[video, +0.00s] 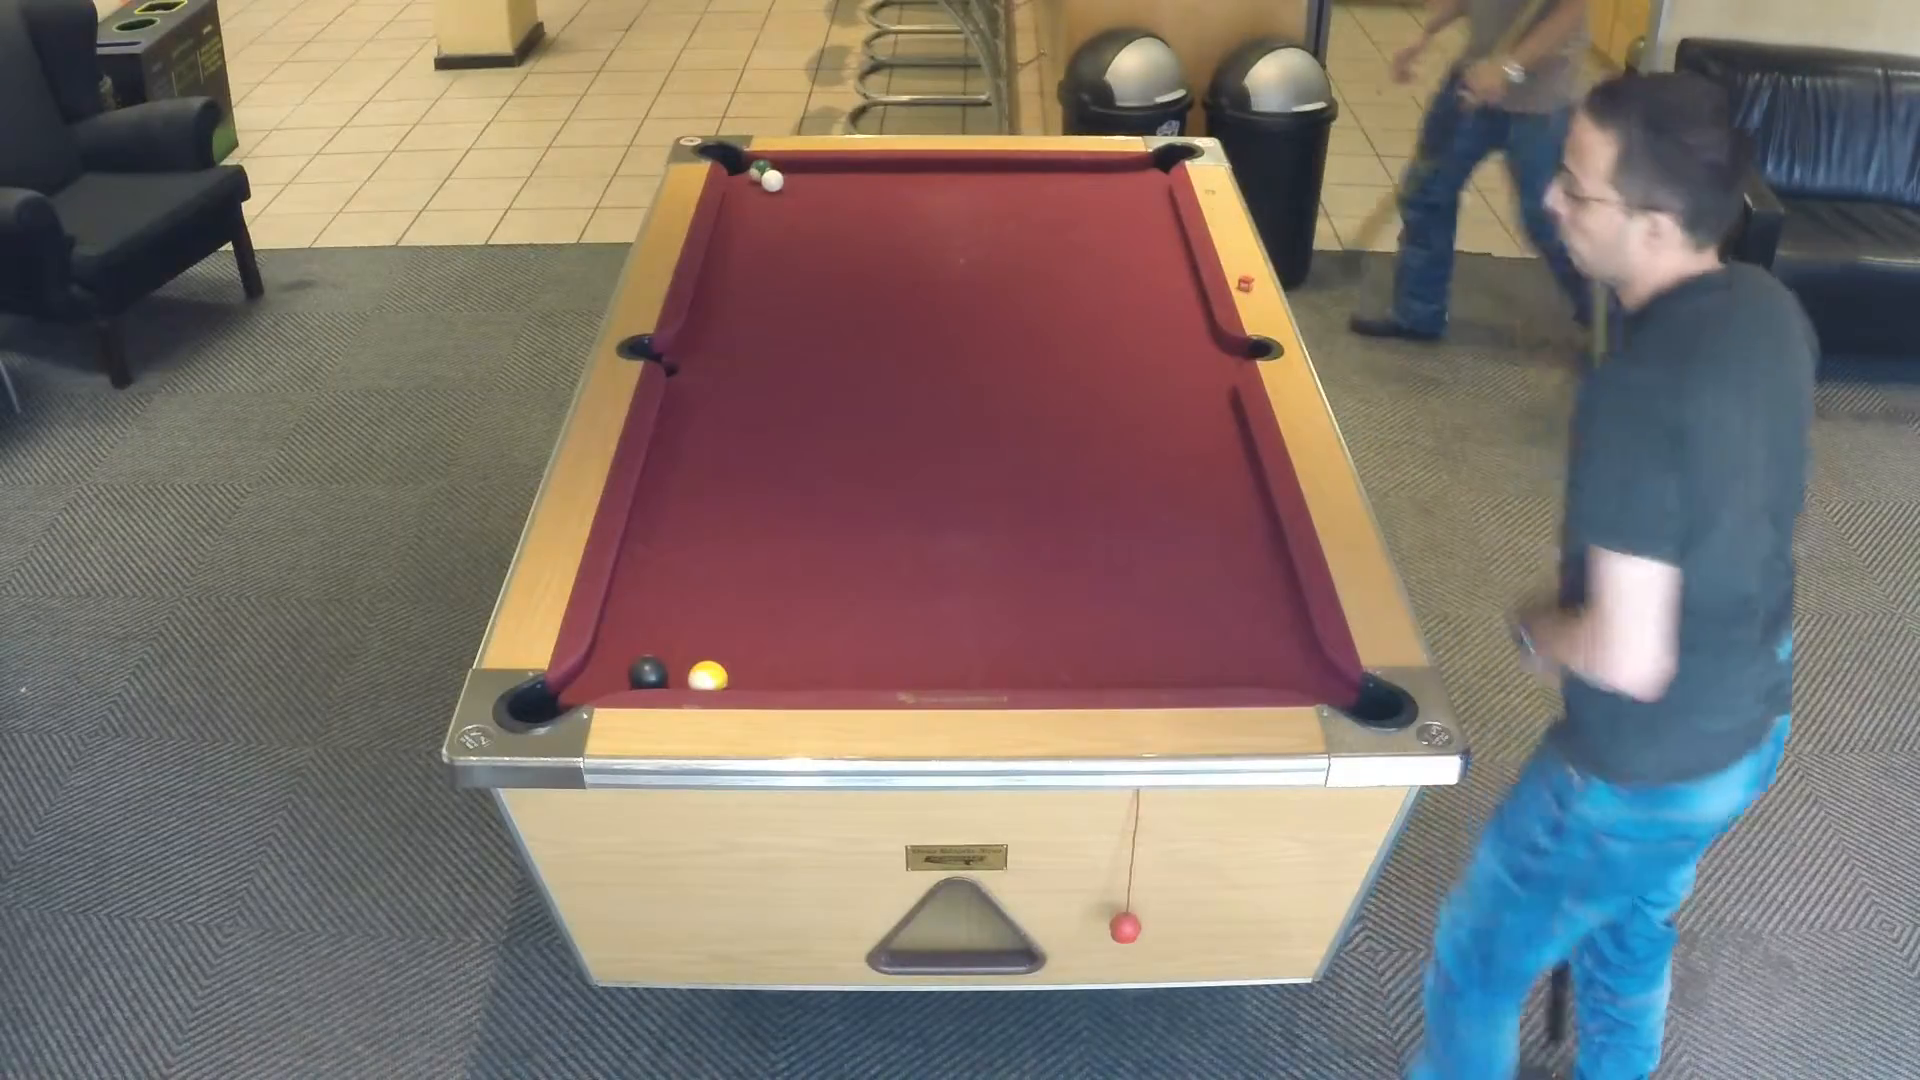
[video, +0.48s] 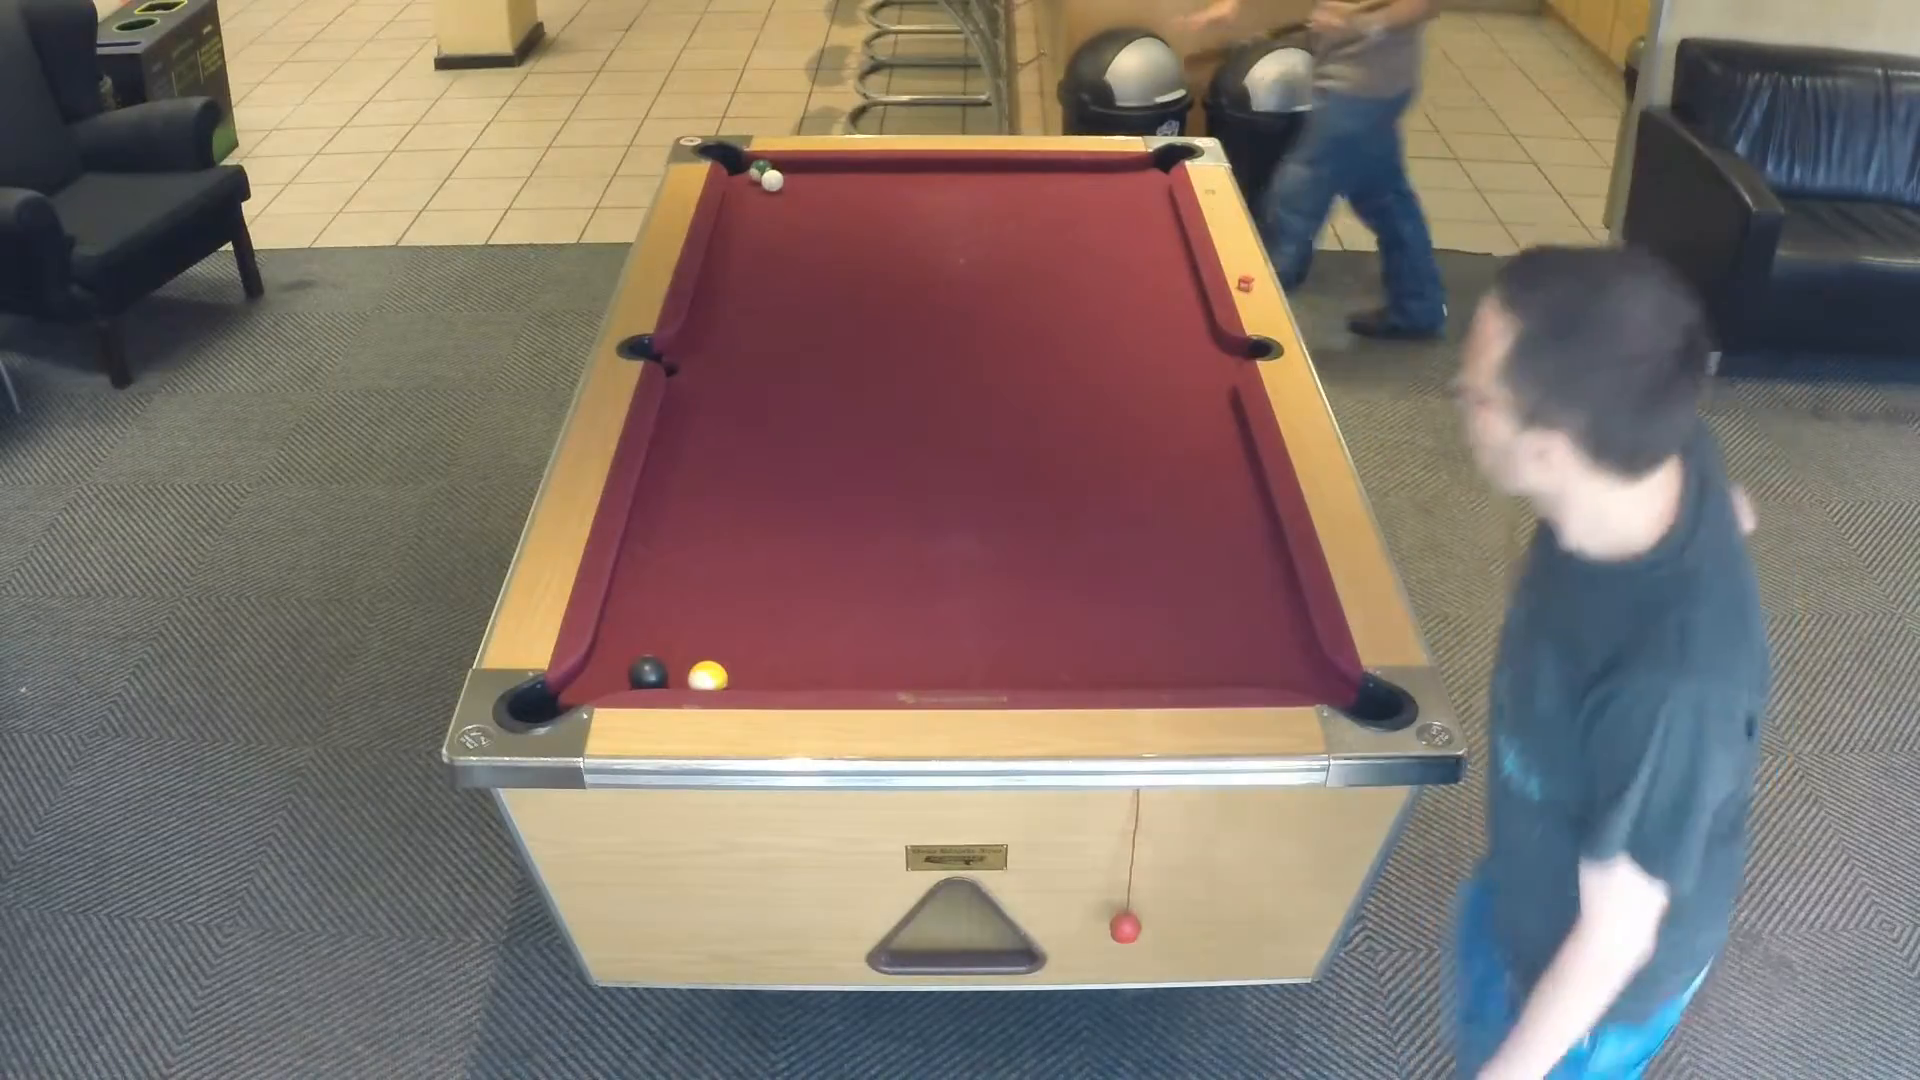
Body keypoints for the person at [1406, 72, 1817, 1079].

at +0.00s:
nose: (1551, 202)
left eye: (1577, 192)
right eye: (1561, 180)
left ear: (1656, 227)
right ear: (1676, 227)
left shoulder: (1635, 393)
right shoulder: (1771, 312)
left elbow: (1632, 661)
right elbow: (1757, 510)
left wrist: (1539, 622)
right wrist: (1611, 589)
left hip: (1634, 773)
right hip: (1741, 724)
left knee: (1477, 967)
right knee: (1629, 946)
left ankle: (1454, 1069)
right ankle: (1615, 1068)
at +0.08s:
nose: (1556, 222)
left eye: (1581, 213)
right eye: (1566, 200)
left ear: (1664, 247)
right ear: (1686, 249)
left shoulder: (1648, 422)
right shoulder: (1769, 321)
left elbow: (1677, 694)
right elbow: (1792, 511)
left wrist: (1560, 704)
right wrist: (1620, 561)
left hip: (1640, 793)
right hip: (1738, 750)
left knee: (1486, 993)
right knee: (1628, 960)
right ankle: (1614, 1067)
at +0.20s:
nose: (1544, 256)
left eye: (1571, 248)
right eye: (1556, 231)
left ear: (1660, 289)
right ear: (1674, 286)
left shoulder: (1677, 467)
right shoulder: (1752, 342)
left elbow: (1717, 760)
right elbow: (1788, 510)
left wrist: (1563, 840)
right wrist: (1613, 581)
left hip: (1652, 808)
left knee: (1521, 1044)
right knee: (1621, 1002)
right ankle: (1617, 1065)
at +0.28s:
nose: (1527, 294)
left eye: (1555, 288)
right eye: (1540, 271)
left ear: (1642, 324)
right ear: (1652, 319)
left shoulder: (1687, 527)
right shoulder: (1731, 371)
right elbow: (1783, 503)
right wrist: (1606, 611)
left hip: (1636, 848)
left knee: (1552, 1048)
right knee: (1602, 1009)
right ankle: (1609, 1059)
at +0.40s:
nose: (1486, 357)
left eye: (1511, 347)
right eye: (1500, 334)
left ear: (1593, 405)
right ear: (1602, 398)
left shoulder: (1679, 641)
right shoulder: (1671, 441)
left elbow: (1627, 880)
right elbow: (1757, 510)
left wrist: (1529, 1057)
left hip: (1616, 942)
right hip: (1565, 859)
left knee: (1553, 1065)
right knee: (1532, 1011)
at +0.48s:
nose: (1459, 397)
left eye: (1476, 395)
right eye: (1469, 382)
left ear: (1552, 441)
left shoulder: (1673, 681)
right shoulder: (1648, 453)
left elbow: (1617, 931)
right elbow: (1727, 519)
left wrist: (1512, 1066)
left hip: (1588, 985)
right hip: (1520, 883)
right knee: (1475, 1028)